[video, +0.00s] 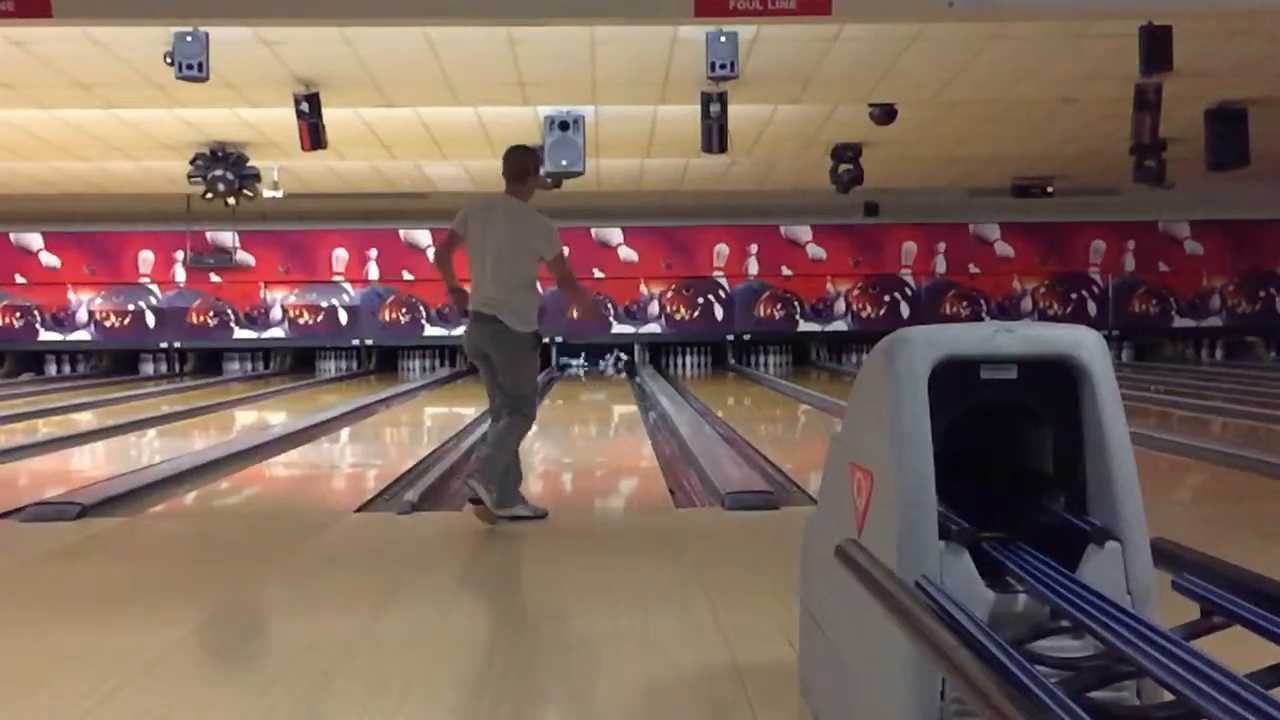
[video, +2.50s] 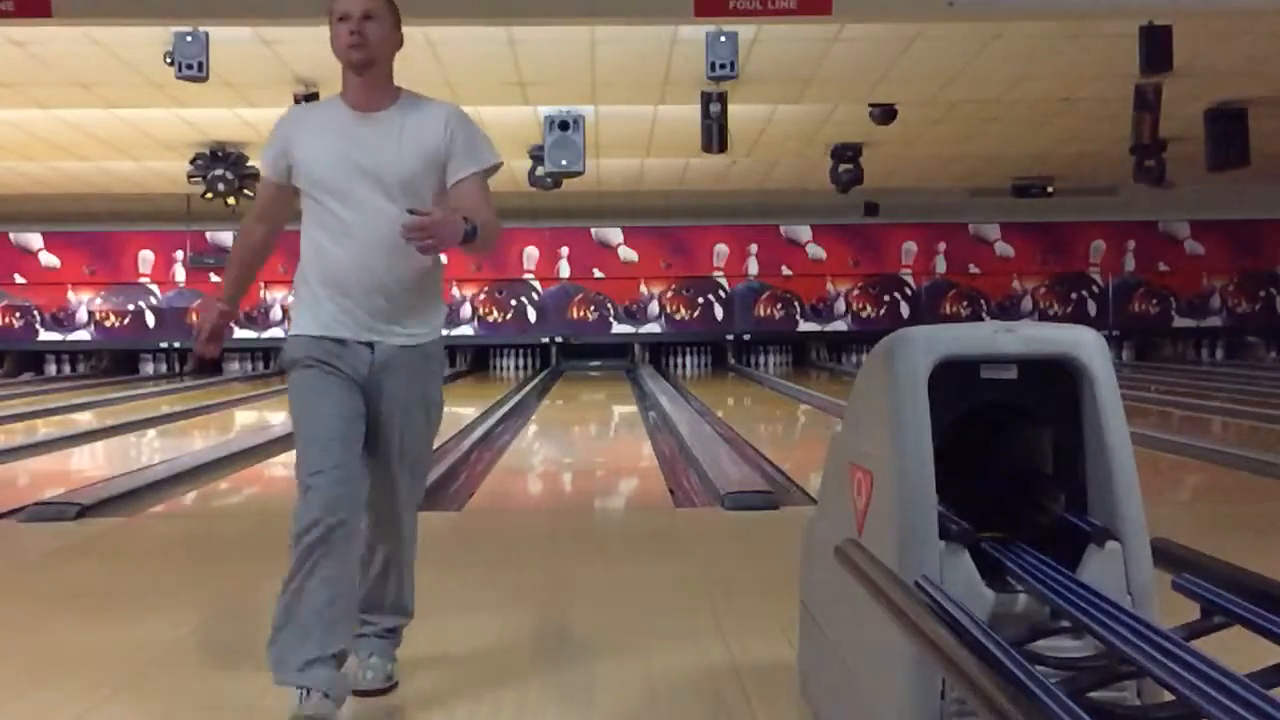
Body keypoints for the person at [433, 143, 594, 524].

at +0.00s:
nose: (538, 180)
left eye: (536, 174)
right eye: (538, 175)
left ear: (504, 175)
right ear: (533, 178)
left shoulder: (476, 211)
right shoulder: (539, 225)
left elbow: (442, 254)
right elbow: (564, 279)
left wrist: (452, 287)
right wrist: (583, 300)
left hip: (477, 327)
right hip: (513, 332)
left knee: (503, 411)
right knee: (521, 412)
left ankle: (507, 497)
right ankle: (482, 479)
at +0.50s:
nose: (486, 164)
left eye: (479, 157)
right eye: (496, 155)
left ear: (472, 160)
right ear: (508, 160)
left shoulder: (453, 201)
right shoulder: (529, 206)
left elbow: (424, 257)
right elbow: (535, 244)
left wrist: (456, 270)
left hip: (465, 324)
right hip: (508, 326)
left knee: (478, 408)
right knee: (505, 417)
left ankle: (465, 503)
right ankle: (494, 513)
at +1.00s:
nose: (432, 147)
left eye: (441, 139)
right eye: (435, 139)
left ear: (465, 146)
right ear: (467, 149)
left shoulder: (463, 197)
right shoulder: (464, 194)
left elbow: (442, 270)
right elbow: (419, 258)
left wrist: (405, 272)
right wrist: (414, 214)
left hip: (452, 329)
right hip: (465, 328)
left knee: (431, 437)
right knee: (462, 425)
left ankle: (443, 541)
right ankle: (468, 516)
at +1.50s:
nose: (406, 129)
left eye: (416, 119)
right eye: (398, 120)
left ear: (437, 126)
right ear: (389, 126)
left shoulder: (461, 183)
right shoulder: (369, 180)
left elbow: (456, 261)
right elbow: (390, 242)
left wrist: (393, 265)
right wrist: (425, 186)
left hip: (449, 337)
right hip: (387, 334)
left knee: (446, 452)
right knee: (397, 453)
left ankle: (446, 542)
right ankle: (390, 568)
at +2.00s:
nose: (375, 83)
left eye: (386, 74)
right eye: (364, 75)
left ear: (406, 88)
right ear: (351, 88)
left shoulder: (441, 160)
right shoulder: (326, 156)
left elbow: (472, 246)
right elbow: (342, 233)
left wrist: (451, 255)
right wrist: (406, 181)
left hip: (417, 338)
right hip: (347, 339)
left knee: (404, 473)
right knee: (366, 473)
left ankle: (396, 609)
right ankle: (381, 589)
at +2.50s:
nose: (352, 30)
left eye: (367, 18)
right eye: (341, 21)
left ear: (397, 33)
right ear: (330, 37)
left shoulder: (442, 123)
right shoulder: (299, 126)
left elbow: (485, 231)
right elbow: (262, 222)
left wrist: (459, 229)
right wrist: (223, 301)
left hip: (412, 345)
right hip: (321, 341)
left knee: (393, 505)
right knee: (329, 500)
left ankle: (377, 638)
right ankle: (312, 674)